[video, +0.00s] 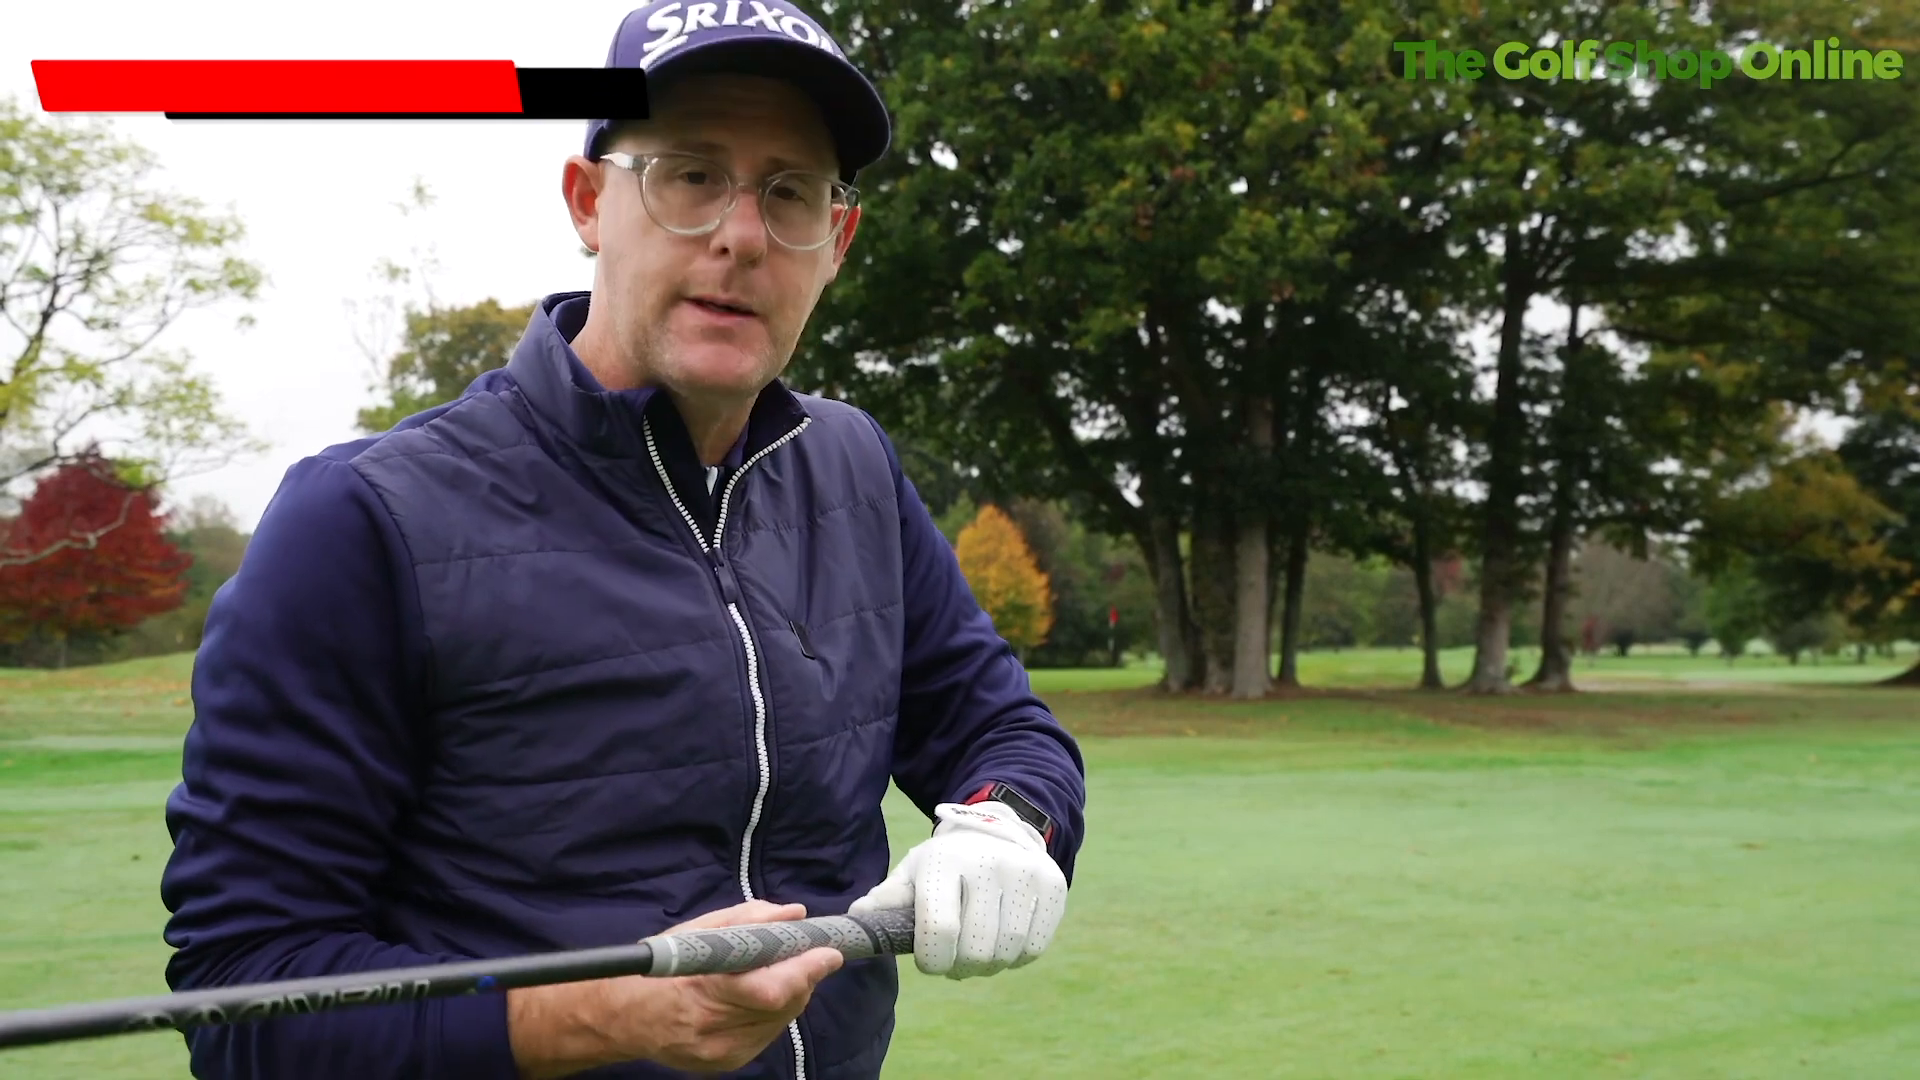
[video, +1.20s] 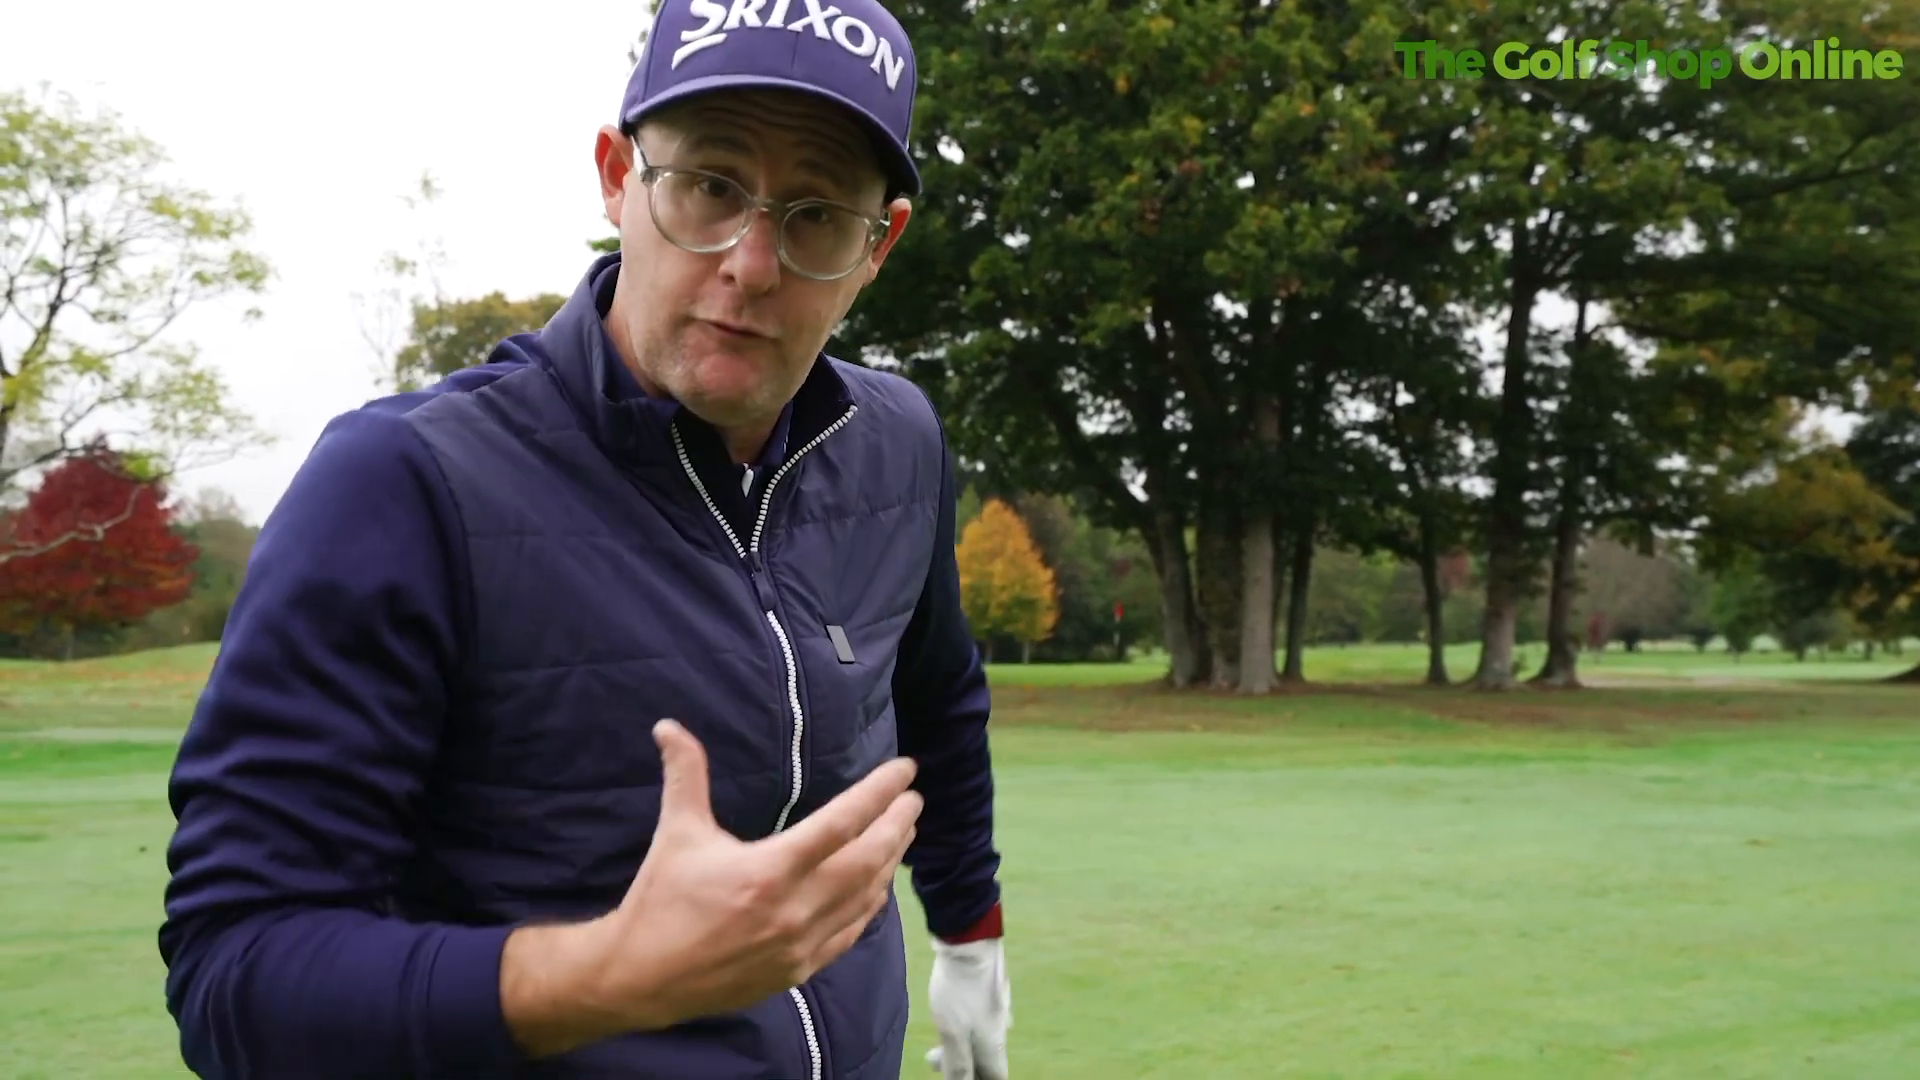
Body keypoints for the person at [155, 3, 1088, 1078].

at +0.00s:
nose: (739, 233)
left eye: (786, 189)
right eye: (692, 174)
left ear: (836, 244)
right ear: (588, 203)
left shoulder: (854, 477)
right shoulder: (370, 522)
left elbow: (1003, 729)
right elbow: (244, 997)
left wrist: (999, 824)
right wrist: (600, 1018)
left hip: (817, 1058)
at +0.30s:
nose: (754, 278)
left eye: (814, 234)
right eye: (716, 205)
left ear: (871, 273)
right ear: (628, 205)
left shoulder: (879, 491)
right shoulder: (382, 508)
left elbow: (1015, 771)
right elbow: (196, 962)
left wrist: (1033, 968)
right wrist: (537, 1038)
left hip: (834, 1064)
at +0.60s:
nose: (740, 220)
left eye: (794, 174)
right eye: (698, 163)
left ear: (863, 232)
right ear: (613, 197)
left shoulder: (891, 486)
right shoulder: (409, 490)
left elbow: (984, 801)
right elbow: (108, 888)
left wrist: (1025, 1053)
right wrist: (529, 1022)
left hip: (850, 1058)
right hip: (539, 1076)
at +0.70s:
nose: (723, 218)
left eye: (779, 171)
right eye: (679, 161)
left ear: (851, 223)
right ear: (599, 191)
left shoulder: (898, 459)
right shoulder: (422, 455)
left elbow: (1006, 740)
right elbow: (98, 806)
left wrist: (1052, 1002)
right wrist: (546, 929)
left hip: (854, 1052)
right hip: (510, 1056)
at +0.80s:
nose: (718, 230)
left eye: (779, 183)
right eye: (677, 167)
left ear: (853, 229)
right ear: (597, 184)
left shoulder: (901, 436)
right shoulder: (432, 431)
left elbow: (1023, 672)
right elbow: (159, 832)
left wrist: (1075, 920)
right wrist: (629, 878)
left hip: (841, 1049)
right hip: (501, 1053)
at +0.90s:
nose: (722, 262)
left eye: (784, 214)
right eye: (688, 188)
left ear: (858, 252)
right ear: (608, 187)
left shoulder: (890, 432)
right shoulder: (418, 465)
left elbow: (1005, 678)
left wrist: (1058, 925)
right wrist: (719, 886)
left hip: (847, 1049)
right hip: (550, 1053)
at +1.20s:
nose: (750, 266)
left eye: (811, 212)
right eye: (713, 188)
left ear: (878, 244)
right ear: (619, 179)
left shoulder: (897, 450)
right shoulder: (404, 486)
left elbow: (938, 699)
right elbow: (237, 975)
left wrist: (969, 930)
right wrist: (602, 974)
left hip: (852, 1049)